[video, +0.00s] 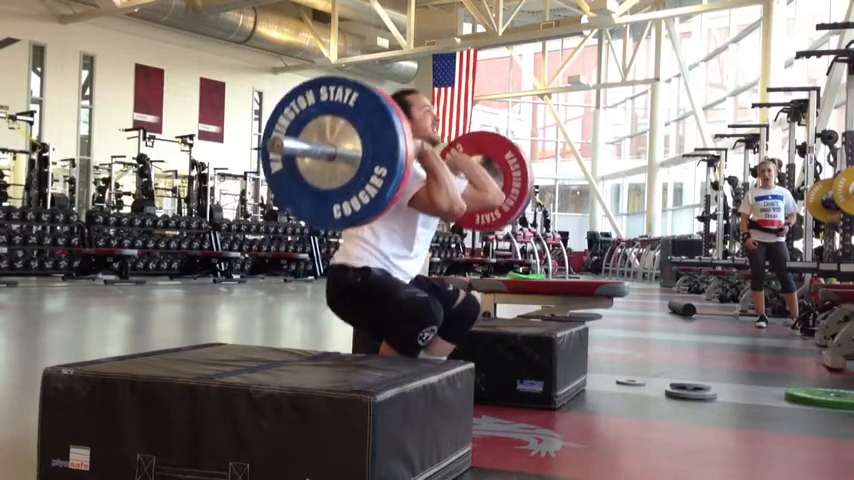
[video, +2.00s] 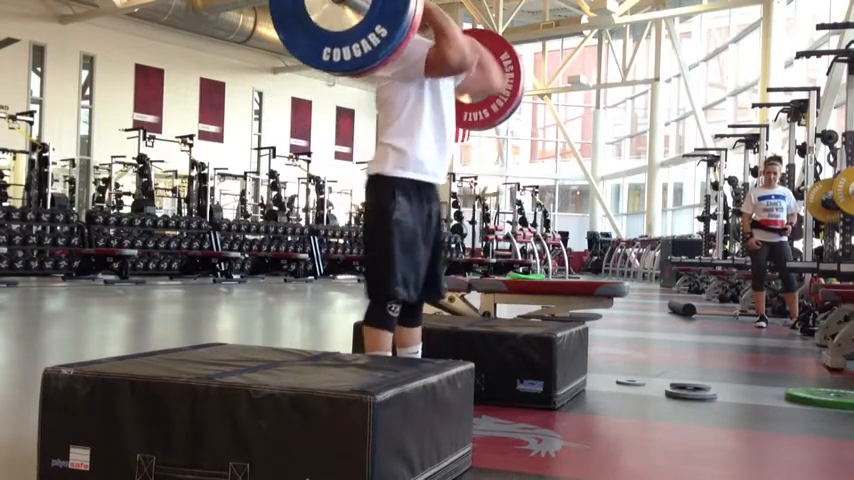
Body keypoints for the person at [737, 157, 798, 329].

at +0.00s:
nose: (766, 174)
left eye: (769, 170)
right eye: (762, 171)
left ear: (775, 173)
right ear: (759, 174)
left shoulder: (784, 193)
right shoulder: (751, 193)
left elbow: (792, 214)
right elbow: (744, 216)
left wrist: (787, 224)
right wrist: (746, 235)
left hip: (777, 239)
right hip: (757, 239)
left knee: (785, 275)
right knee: (757, 277)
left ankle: (795, 317)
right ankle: (761, 315)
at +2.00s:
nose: (772, 176)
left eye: (776, 173)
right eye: (770, 172)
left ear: (780, 174)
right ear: (764, 173)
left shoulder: (786, 193)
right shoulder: (754, 193)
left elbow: (793, 213)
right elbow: (746, 216)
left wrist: (790, 224)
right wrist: (749, 235)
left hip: (780, 239)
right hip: (760, 239)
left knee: (789, 275)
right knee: (758, 277)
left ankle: (794, 317)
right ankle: (761, 315)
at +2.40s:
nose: (783, 176)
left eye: (787, 173)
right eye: (780, 172)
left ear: (791, 174)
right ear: (773, 173)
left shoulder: (796, 193)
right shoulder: (764, 192)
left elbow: (801, 216)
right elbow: (755, 218)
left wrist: (800, 224)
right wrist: (769, 229)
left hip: (790, 240)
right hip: (769, 240)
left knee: (796, 275)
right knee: (766, 274)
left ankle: (794, 317)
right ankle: (762, 315)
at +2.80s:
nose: (801, 171)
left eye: (803, 168)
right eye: (797, 168)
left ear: (806, 170)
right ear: (788, 171)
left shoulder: (810, 191)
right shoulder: (782, 191)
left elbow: (816, 214)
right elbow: (774, 217)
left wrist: (817, 225)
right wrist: (793, 225)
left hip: (806, 239)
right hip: (787, 239)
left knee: (802, 279)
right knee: (784, 276)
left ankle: (793, 318)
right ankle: (770, 313)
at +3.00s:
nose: (805, 172)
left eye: (807, 168)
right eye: (801, 169)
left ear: (811, 170)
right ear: (795, 171)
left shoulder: (815, 190)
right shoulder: (787, 190)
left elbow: (820, 213)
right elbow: (779, 216)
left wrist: (822, 224)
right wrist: (800, 223)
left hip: (810, 239)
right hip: (792, 238)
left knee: (805, 278)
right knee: (794, 277)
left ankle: (796, 317)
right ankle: (789, 317)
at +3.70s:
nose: (810, 172)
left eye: (813, 169)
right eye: (807, 169)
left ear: (819, 171)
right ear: (802, 170)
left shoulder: (825, 190)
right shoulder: (795, 190)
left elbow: (829, 213)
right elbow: (790, 214)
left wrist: (831, 224)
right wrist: (813, 224)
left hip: (823, 238)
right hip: (803, 238)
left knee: (830, 274)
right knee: (807, 277)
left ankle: (821, 311)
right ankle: (808, 318)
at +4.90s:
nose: (820, 170)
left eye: (824, 166)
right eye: (817, 166)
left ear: (831, 168)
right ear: (813, 169)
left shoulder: (838, 187)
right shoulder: (805, 186)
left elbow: (845, 207)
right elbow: (787, 206)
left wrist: (845, 220)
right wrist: (805, 216)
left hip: (834, 238)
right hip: (812, 238)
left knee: (834, 278)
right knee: (810, 278)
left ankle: (832, 317)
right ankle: (809, 318)